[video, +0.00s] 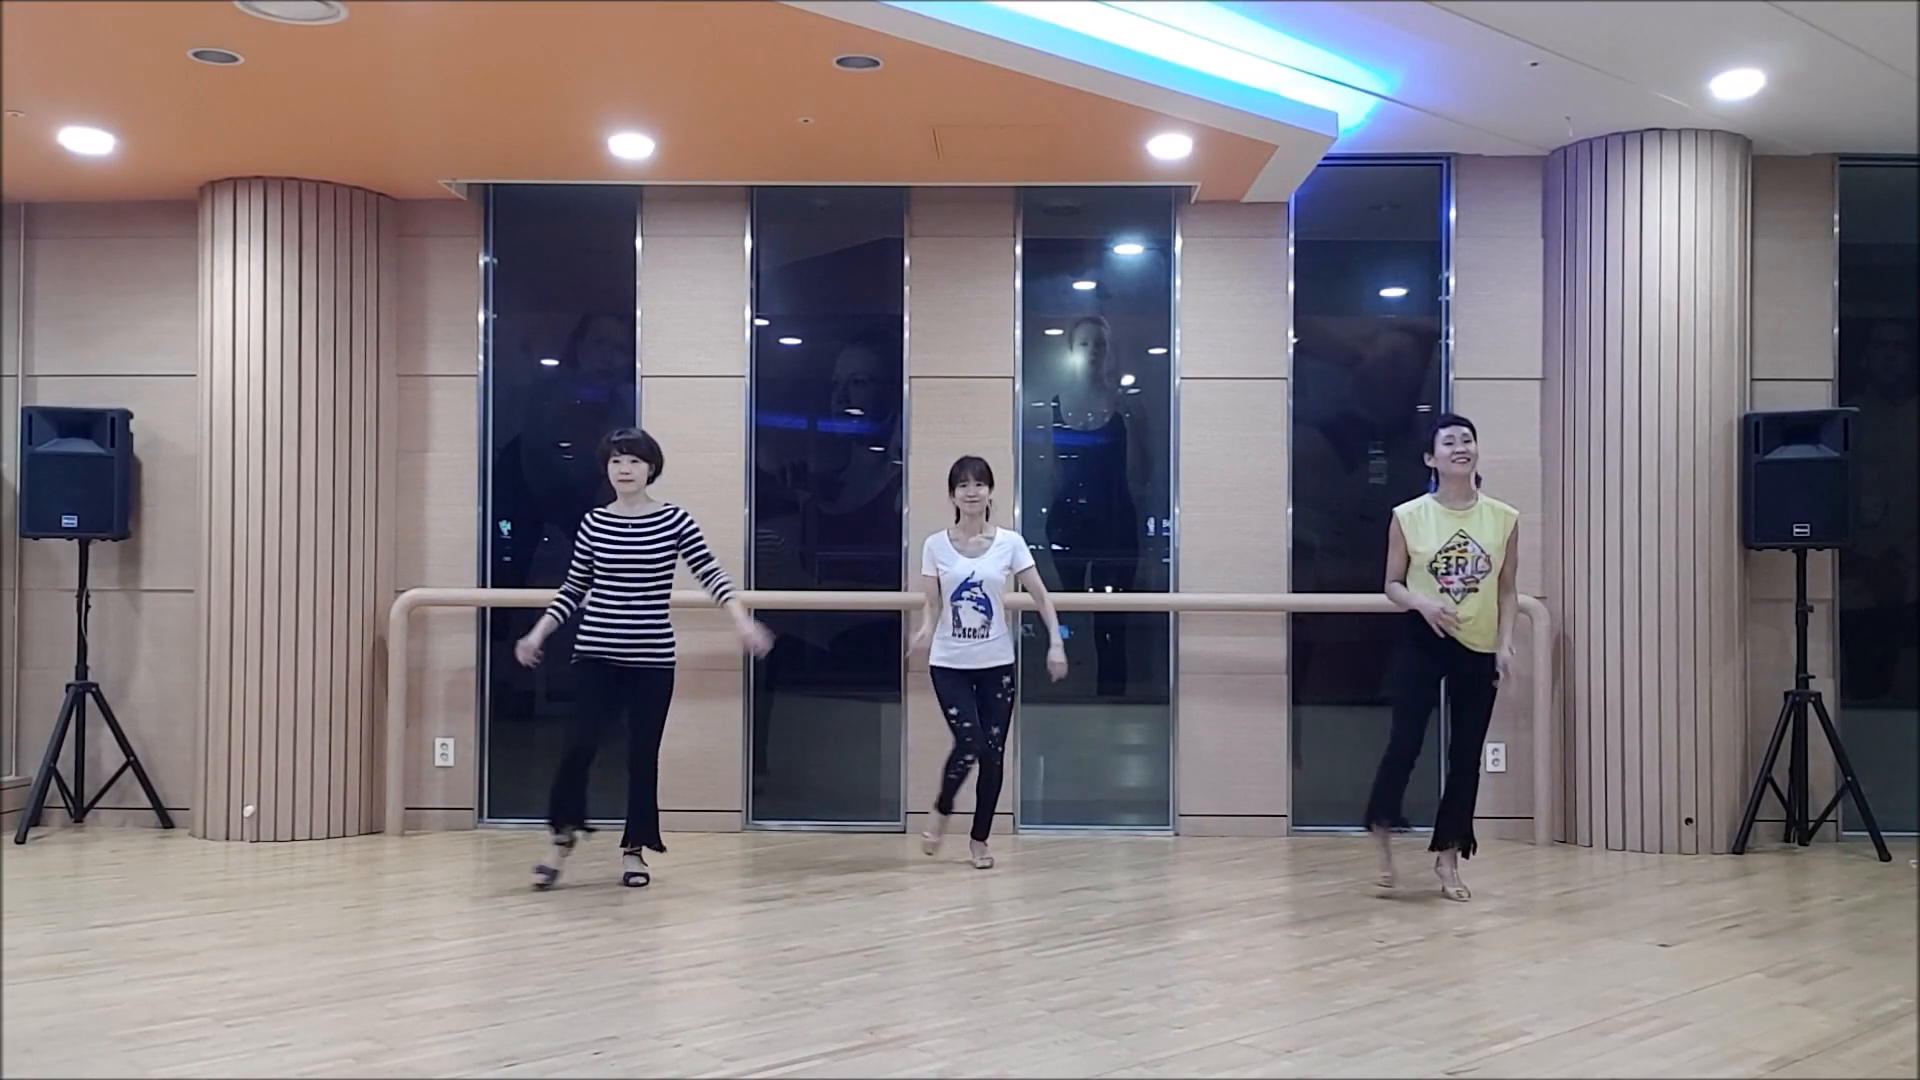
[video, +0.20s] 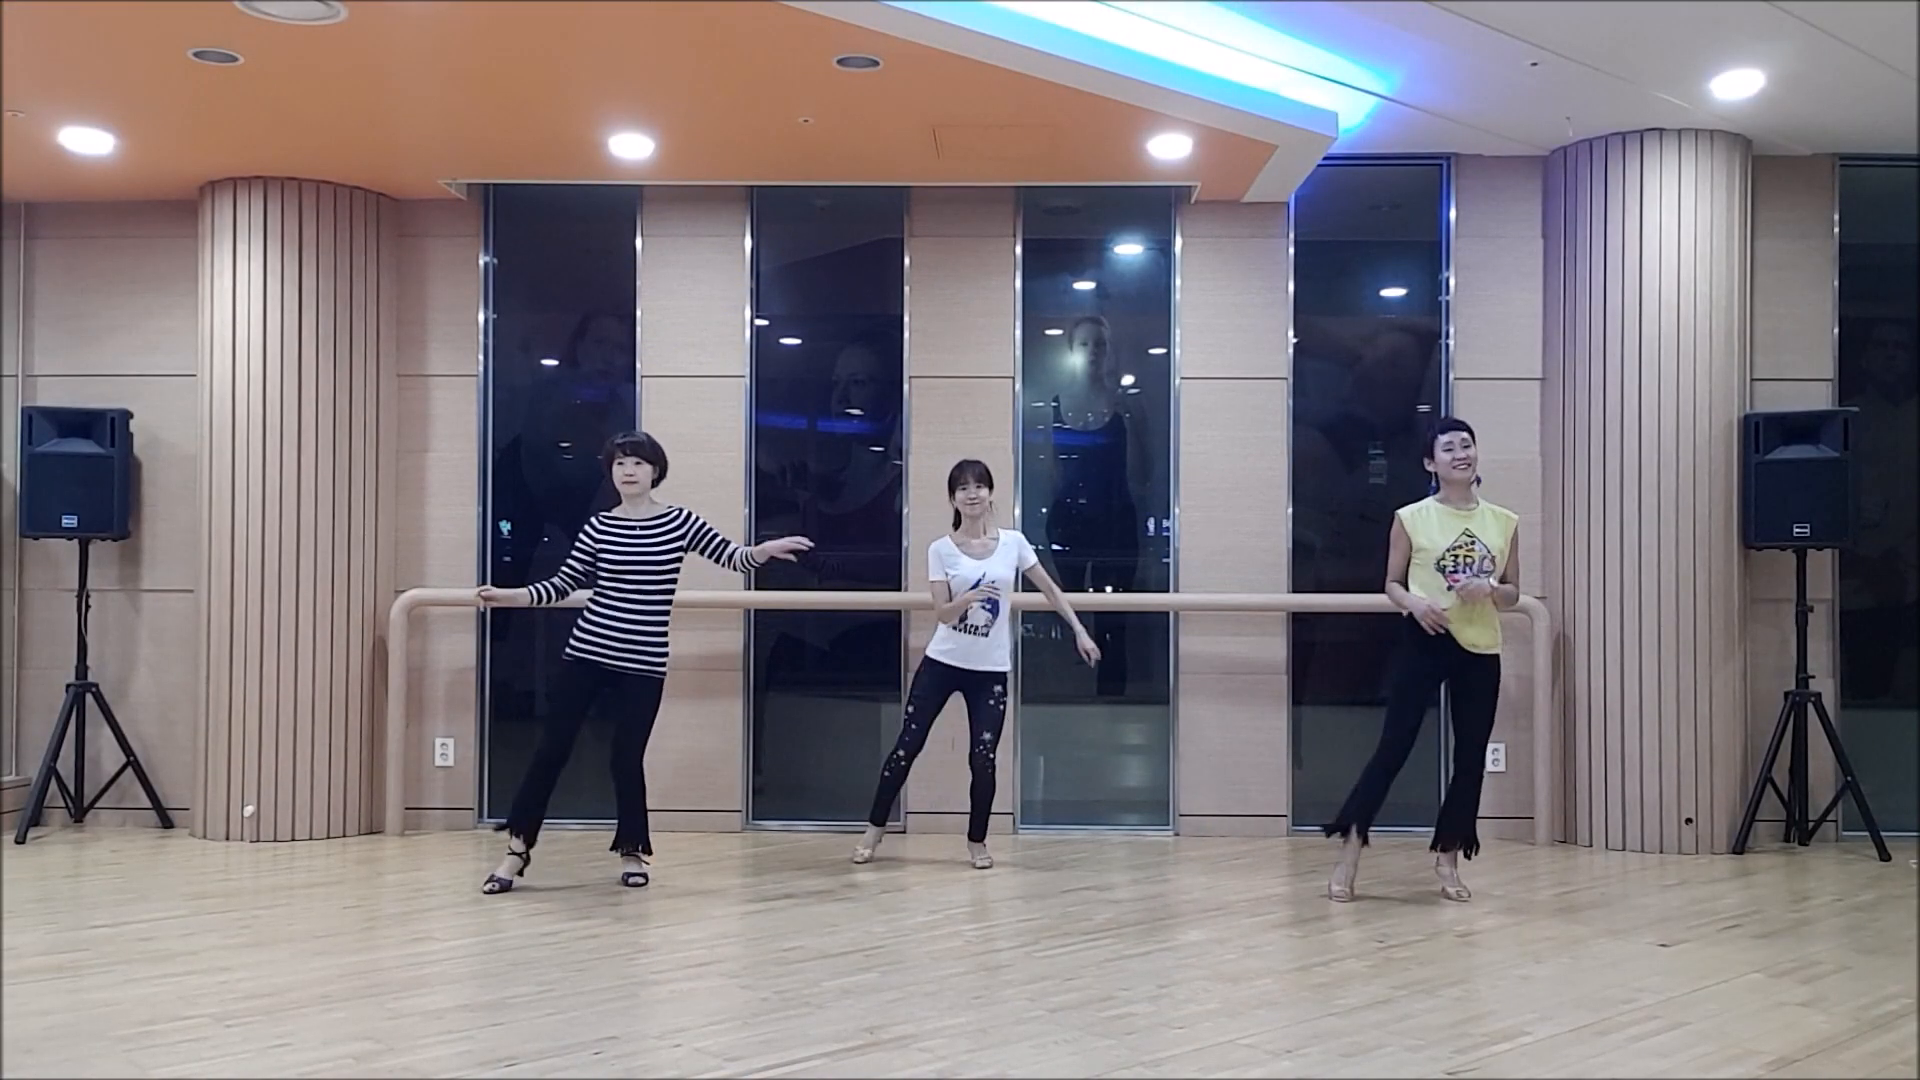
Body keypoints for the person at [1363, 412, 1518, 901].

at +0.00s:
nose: (1461, 447)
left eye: (1466, 441)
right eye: (1450, 442)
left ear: (1478, 454)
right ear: (1432, 458)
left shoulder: (1503, 518)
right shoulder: (1409, 516)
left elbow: (1507, 589)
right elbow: (1392, 585)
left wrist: (1503, 645)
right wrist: (1423, 603)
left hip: (1478, 649)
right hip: (1423, 642)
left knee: (1466, 756)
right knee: (1406, 744)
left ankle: (1448, 856)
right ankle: (1381, 833)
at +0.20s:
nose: (1460, 453)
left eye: (1466, 446)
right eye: (1449, 449)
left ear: (1477, 457)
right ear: (1433, 463)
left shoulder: (1502, 522)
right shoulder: (1411, 519)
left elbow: (1512, 595)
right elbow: (1392, 586)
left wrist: (1490, 589)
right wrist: (1414, 603)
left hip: (1479, 650)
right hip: (1423, 644)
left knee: (1472, 757)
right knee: (1397, 742)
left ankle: (1448, 854)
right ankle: (1351, 846)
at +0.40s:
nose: (1460, 454)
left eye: (1469, 446)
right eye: (1451, 446)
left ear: (1479, 454)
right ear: (1433, 454)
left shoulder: (1503, 518)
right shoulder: (1407, 513)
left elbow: (1515, 588)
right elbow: (1391, 581)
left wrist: (1490, 572)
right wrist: (1398, 589)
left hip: (1476, 641)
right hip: (1422, 634)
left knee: (1466, 752)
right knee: (1422, 740)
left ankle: (1449, 855)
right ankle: (1403, 830)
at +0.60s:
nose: (1462, 452)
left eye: (1471, 446)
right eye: (1454, 445)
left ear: (1482, 458)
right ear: (1435, 454)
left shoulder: (1501, 520)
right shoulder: (1408, 512)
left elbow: (1506, 592)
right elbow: (1384, 578)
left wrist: (1481, 563)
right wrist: (1396, 584)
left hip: (1481, 645)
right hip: (1425, 637)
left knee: (1469, 756)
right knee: (1415, 747)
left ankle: (1449, 857)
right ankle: (1401, 849)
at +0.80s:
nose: (1464, 457)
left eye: (1472, 450)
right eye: (1454, 450)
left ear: (1483, 461)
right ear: (1436, 461)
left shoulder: (1503, 521)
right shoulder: (1413, 520)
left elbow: (1525, 580)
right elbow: (1395, 590)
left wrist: (1490, 577)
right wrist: (1386, 601)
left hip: (1476, 645)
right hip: (1421, 637)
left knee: (1474, 759)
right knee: (1400, 751)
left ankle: (1448, 855)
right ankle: (1357, 848)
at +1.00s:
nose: (1474, 454)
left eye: (1482, 447)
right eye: (1465, 447)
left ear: (1492, 459)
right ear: (1444, 457)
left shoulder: (1511, 519)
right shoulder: (1419, 517)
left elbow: (1526, 590)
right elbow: (1392, 584)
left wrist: (1534, 647)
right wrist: (1373, 588)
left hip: (1489, 644)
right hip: (1435, 638)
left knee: (1474, 756)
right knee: (1414, 746)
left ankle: (1448, 852)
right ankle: (1370, 845)